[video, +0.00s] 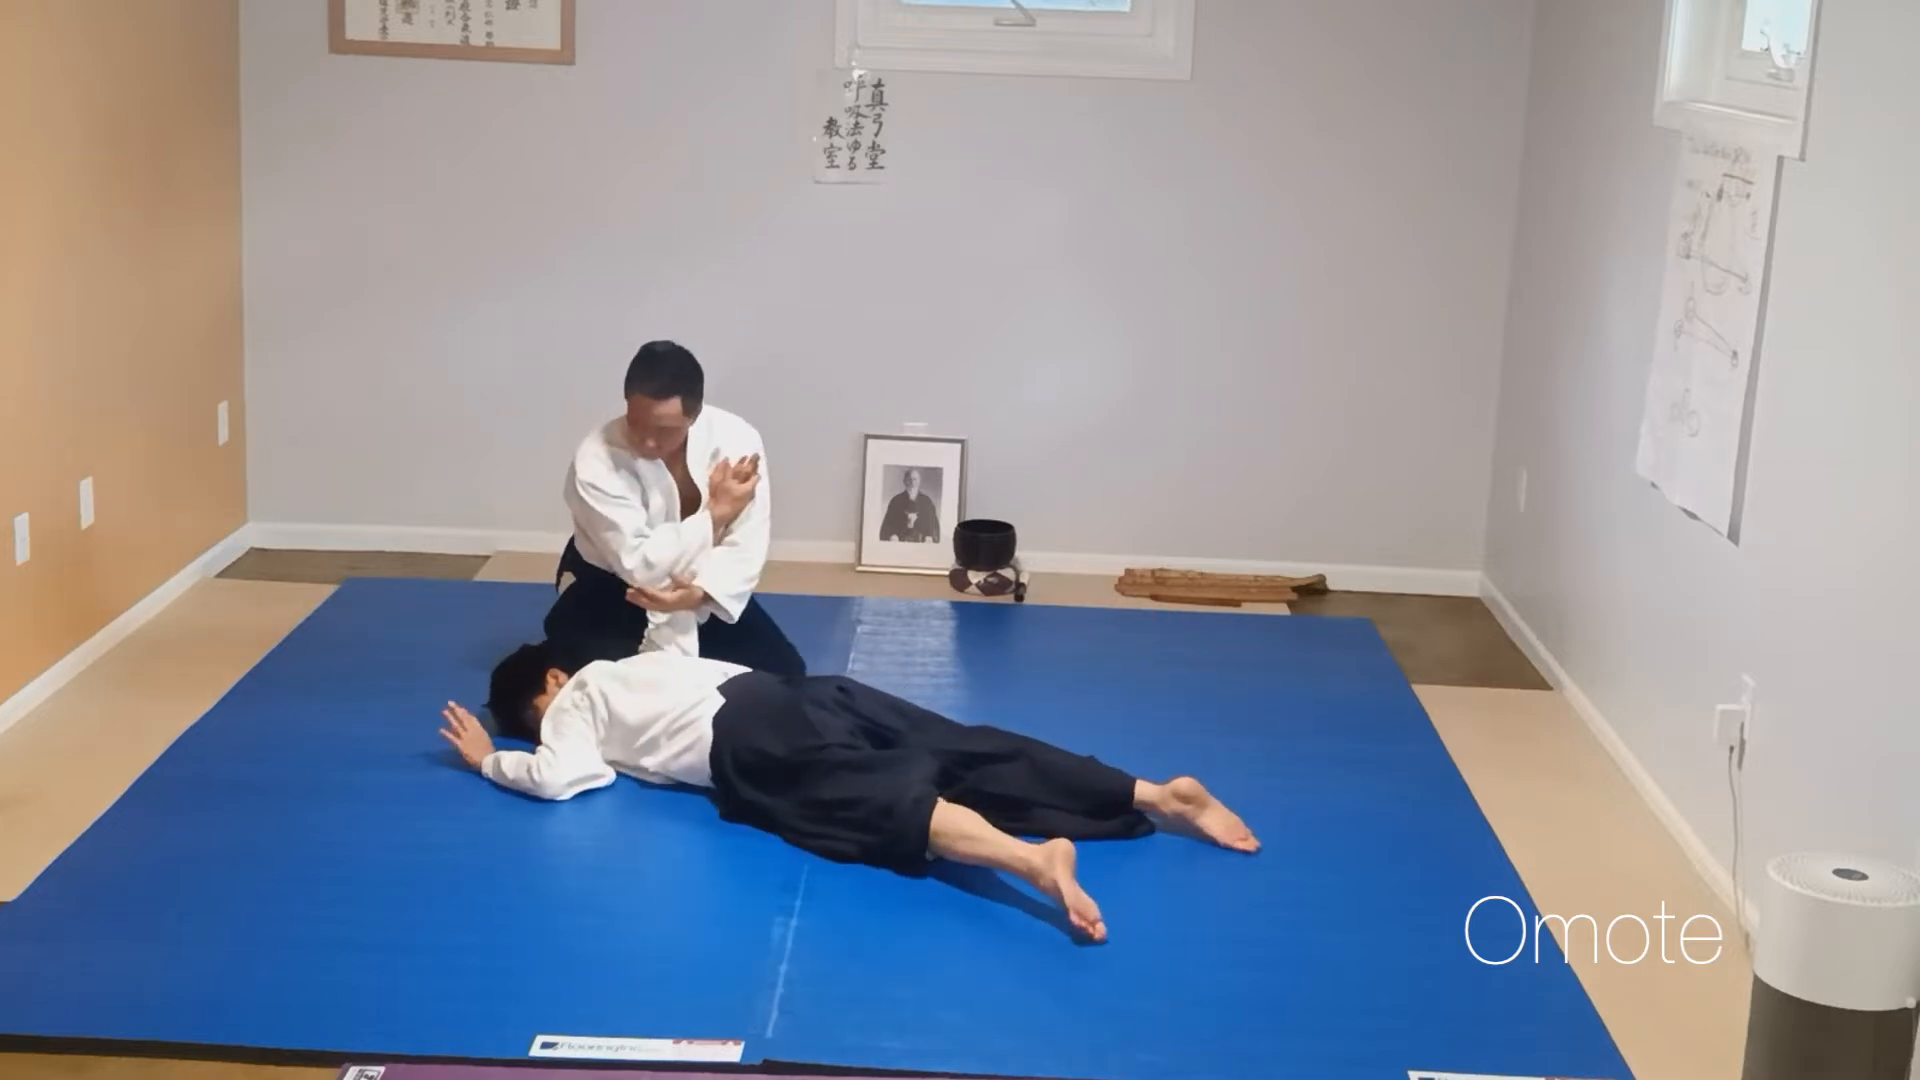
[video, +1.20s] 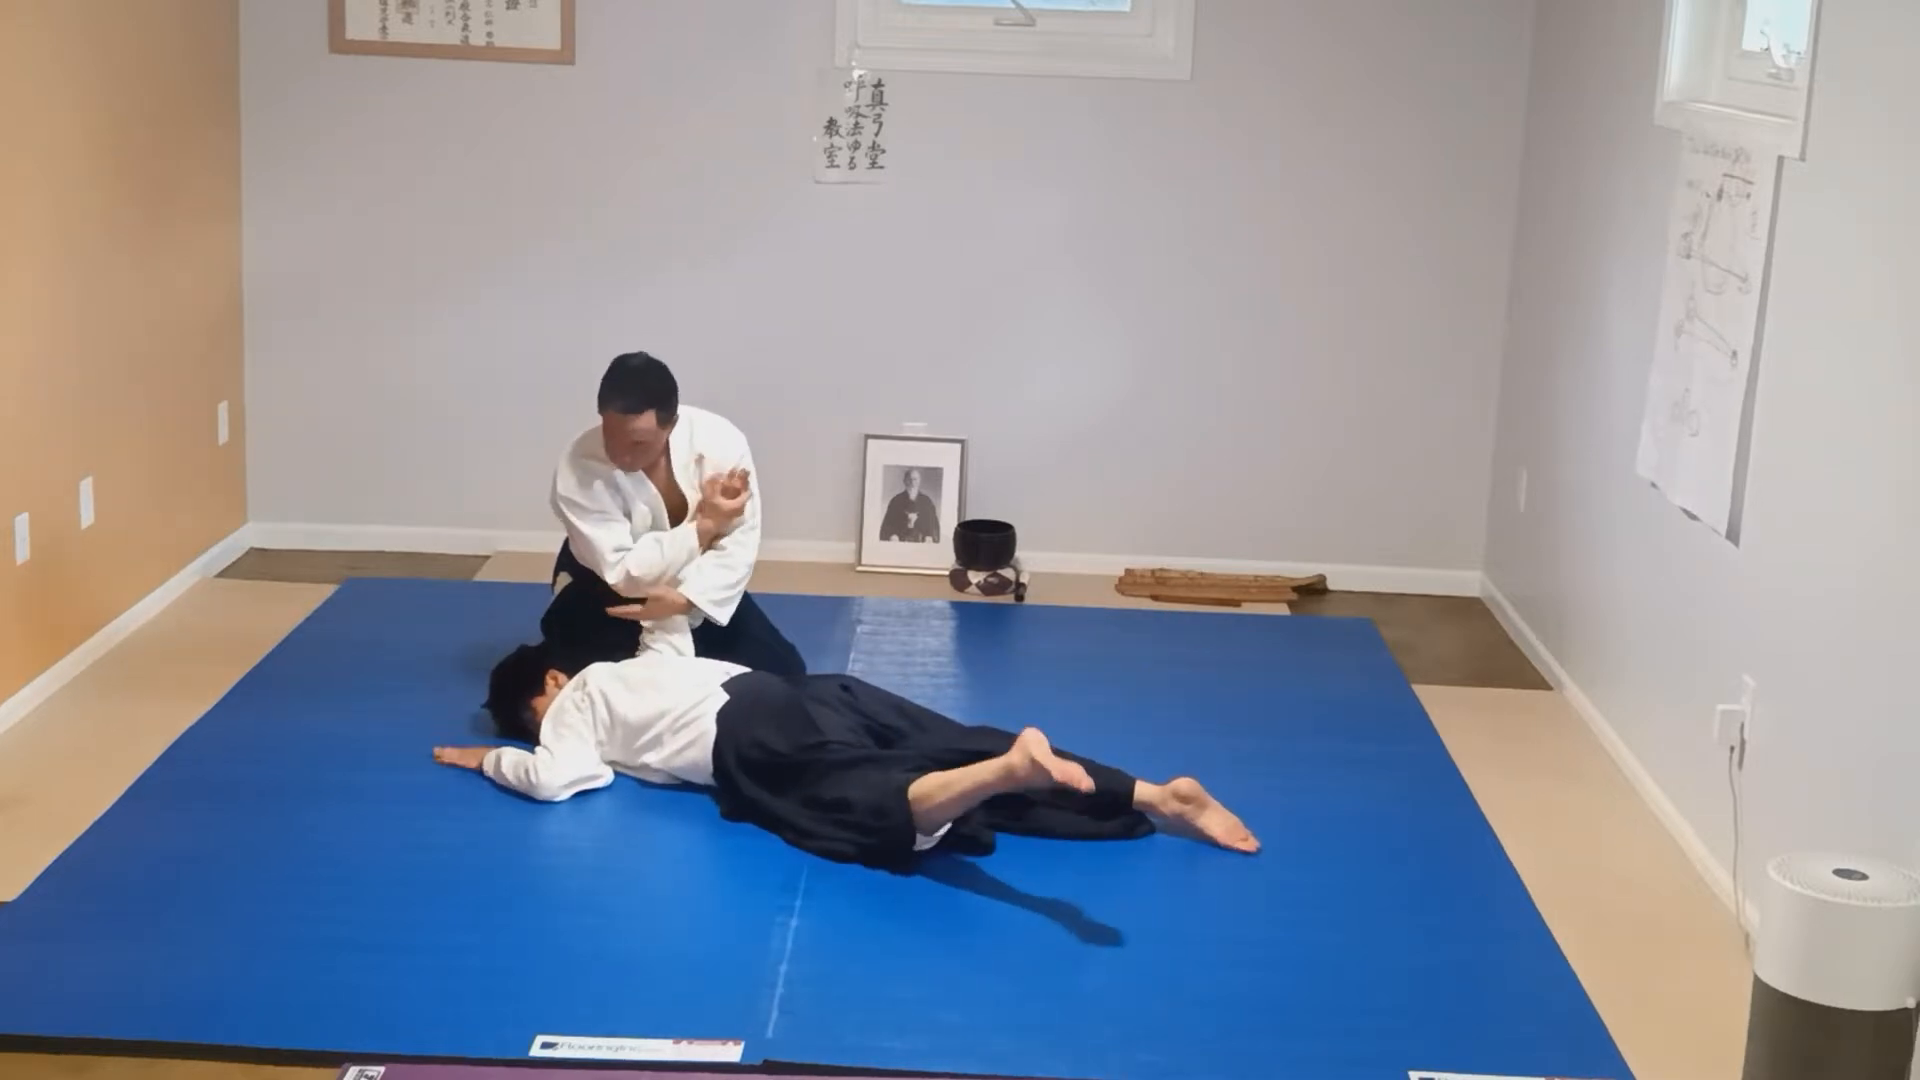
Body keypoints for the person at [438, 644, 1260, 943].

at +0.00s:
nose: (536, 720)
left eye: (527, 710)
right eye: (533, 709)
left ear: (546, 692)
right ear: (573, 664)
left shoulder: (573, 699)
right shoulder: (647, 660)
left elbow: (558, 778)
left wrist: (488, 759)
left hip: (748, 737)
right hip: (802, 687)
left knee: (889, 809)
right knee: (964, 748)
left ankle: (1030, 860)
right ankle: (1159, 797)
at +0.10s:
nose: (533, 719)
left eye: (526, 710)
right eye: (531, 709)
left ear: (547, 688)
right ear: (578, 662)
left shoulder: (572, 700)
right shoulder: (652, 659)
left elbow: (561, 775)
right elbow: (716, 645)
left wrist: (492, 758)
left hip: (749, 738)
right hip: (804, 688)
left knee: (891, 808)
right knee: (965, 748)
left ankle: (1030, 863)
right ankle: (1160, 797)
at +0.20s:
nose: (533, 719)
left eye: (526, 709)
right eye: (531, 708)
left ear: (546, 689)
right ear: (577, 662)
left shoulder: (574, 698)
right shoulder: (649, 657)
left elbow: (558, 778)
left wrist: (487, 753)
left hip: (749, 736)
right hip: (803, 686)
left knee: (886, 807)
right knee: (962, 748)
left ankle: (1029, 860)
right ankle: (1159, 797)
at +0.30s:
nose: (532, 722)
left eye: (526, 709)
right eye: (531, 709)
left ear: (547, 689)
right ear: (577, 663)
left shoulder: (576, 703)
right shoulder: (654, 653)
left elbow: (554, 779)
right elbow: (706, 641)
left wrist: (498, 758)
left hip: (751, 739)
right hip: (806, 690)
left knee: (889, 806)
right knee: (965, 748)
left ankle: (1030, 855)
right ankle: (1160, 795)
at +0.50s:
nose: (535, 727)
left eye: (528, 714)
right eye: (533, 714)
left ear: (546, 693)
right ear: (574, 665)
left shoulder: (578, 704)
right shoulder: (652, 653)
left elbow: (555, 777)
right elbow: (698, 651)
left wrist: (486, 758)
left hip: (750, 737)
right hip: (805, 688)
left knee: (890, 807)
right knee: (964, 747)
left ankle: (1026, 858)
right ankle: (1154, 793)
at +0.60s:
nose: (534, 720)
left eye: (526, 708)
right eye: (531, 708)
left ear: (546, 689)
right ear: (575, 664)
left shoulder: (574, 699)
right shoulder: (649, 657)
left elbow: (557, 778)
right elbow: (695, 667)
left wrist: (496, 759)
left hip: (750, 738)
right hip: (805, 688)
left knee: (887, 807)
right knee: (964, 749)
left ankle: (1026, 859)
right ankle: (1158, 795)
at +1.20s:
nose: (540, 725)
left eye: (533, 712)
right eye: (536, 711)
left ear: (549, 687)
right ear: (573, 663)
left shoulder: (579, 703)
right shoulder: (642, 648)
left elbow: (556, 778)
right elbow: (694, 656)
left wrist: (488, 759)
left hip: (745, 730)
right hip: (797, 687)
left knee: (873, 811)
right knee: (970, 753)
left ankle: (1010, 766)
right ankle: (1161, 798)